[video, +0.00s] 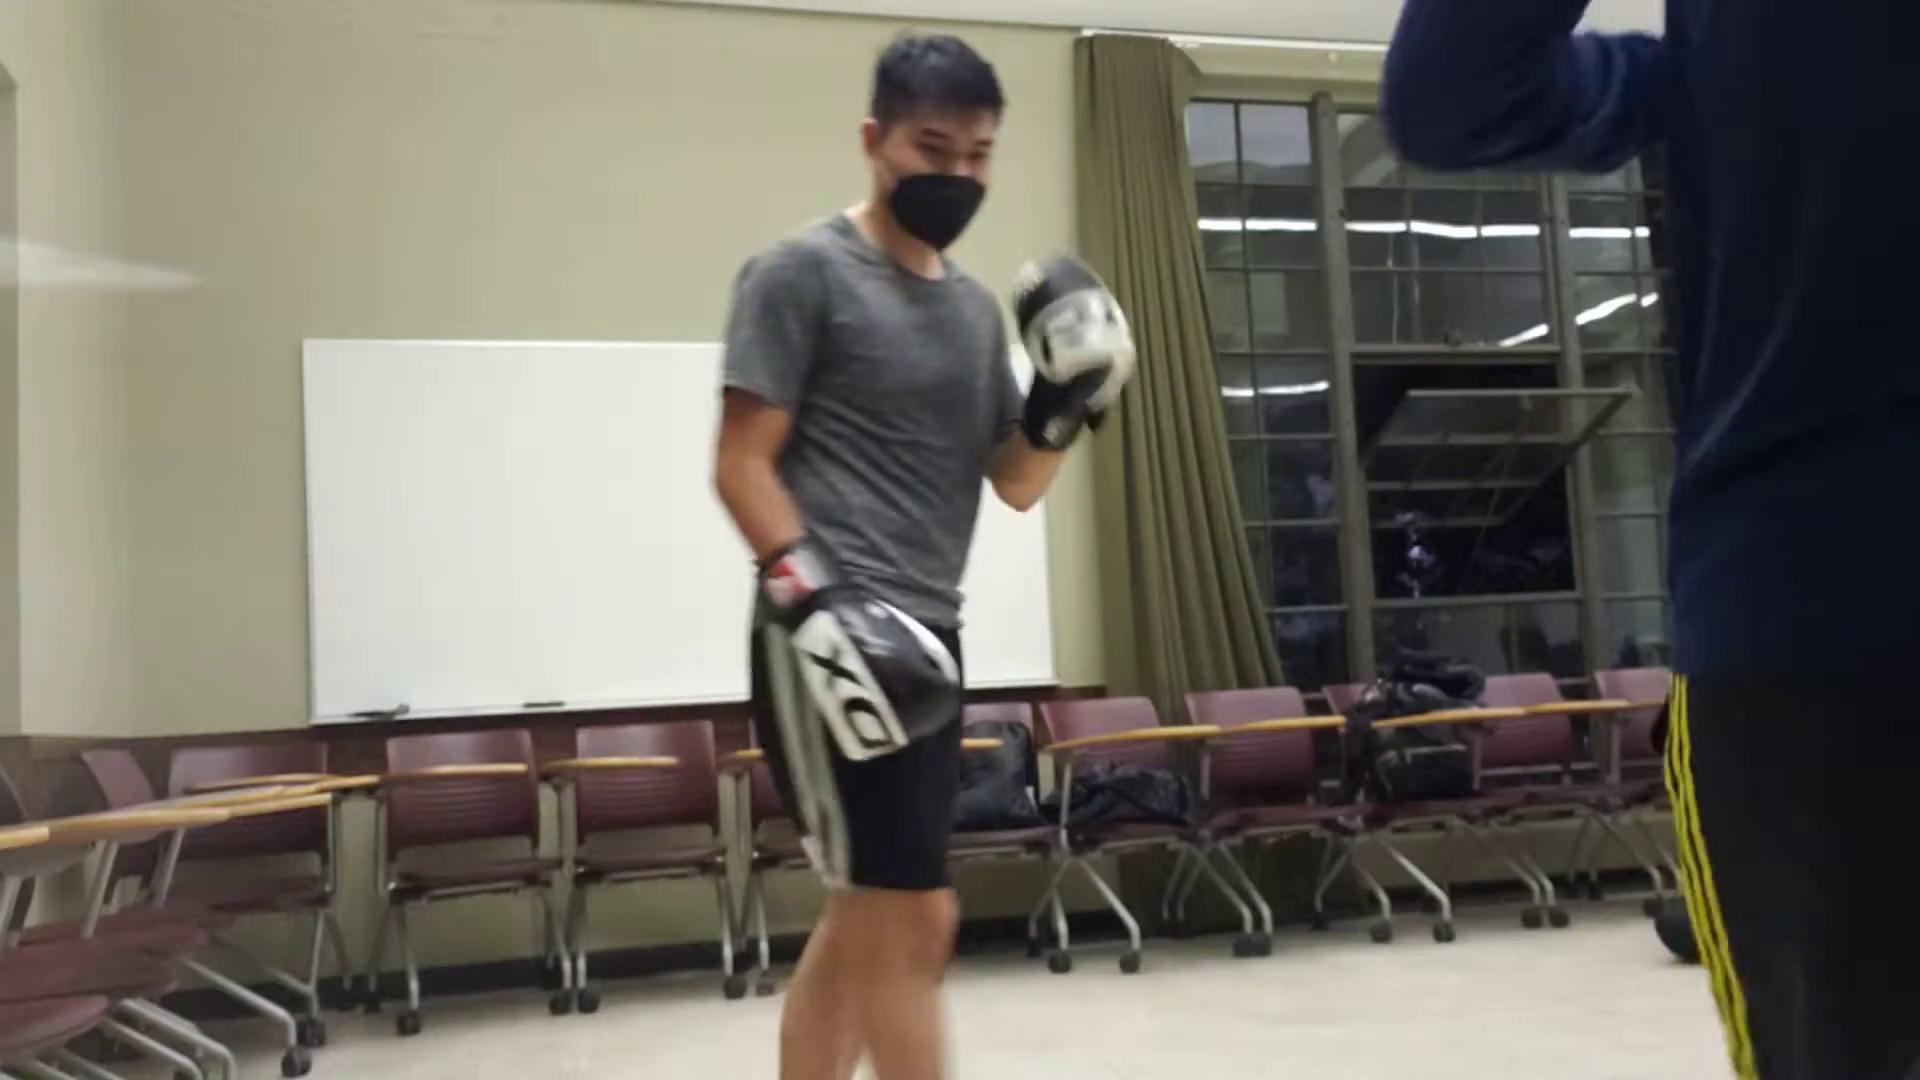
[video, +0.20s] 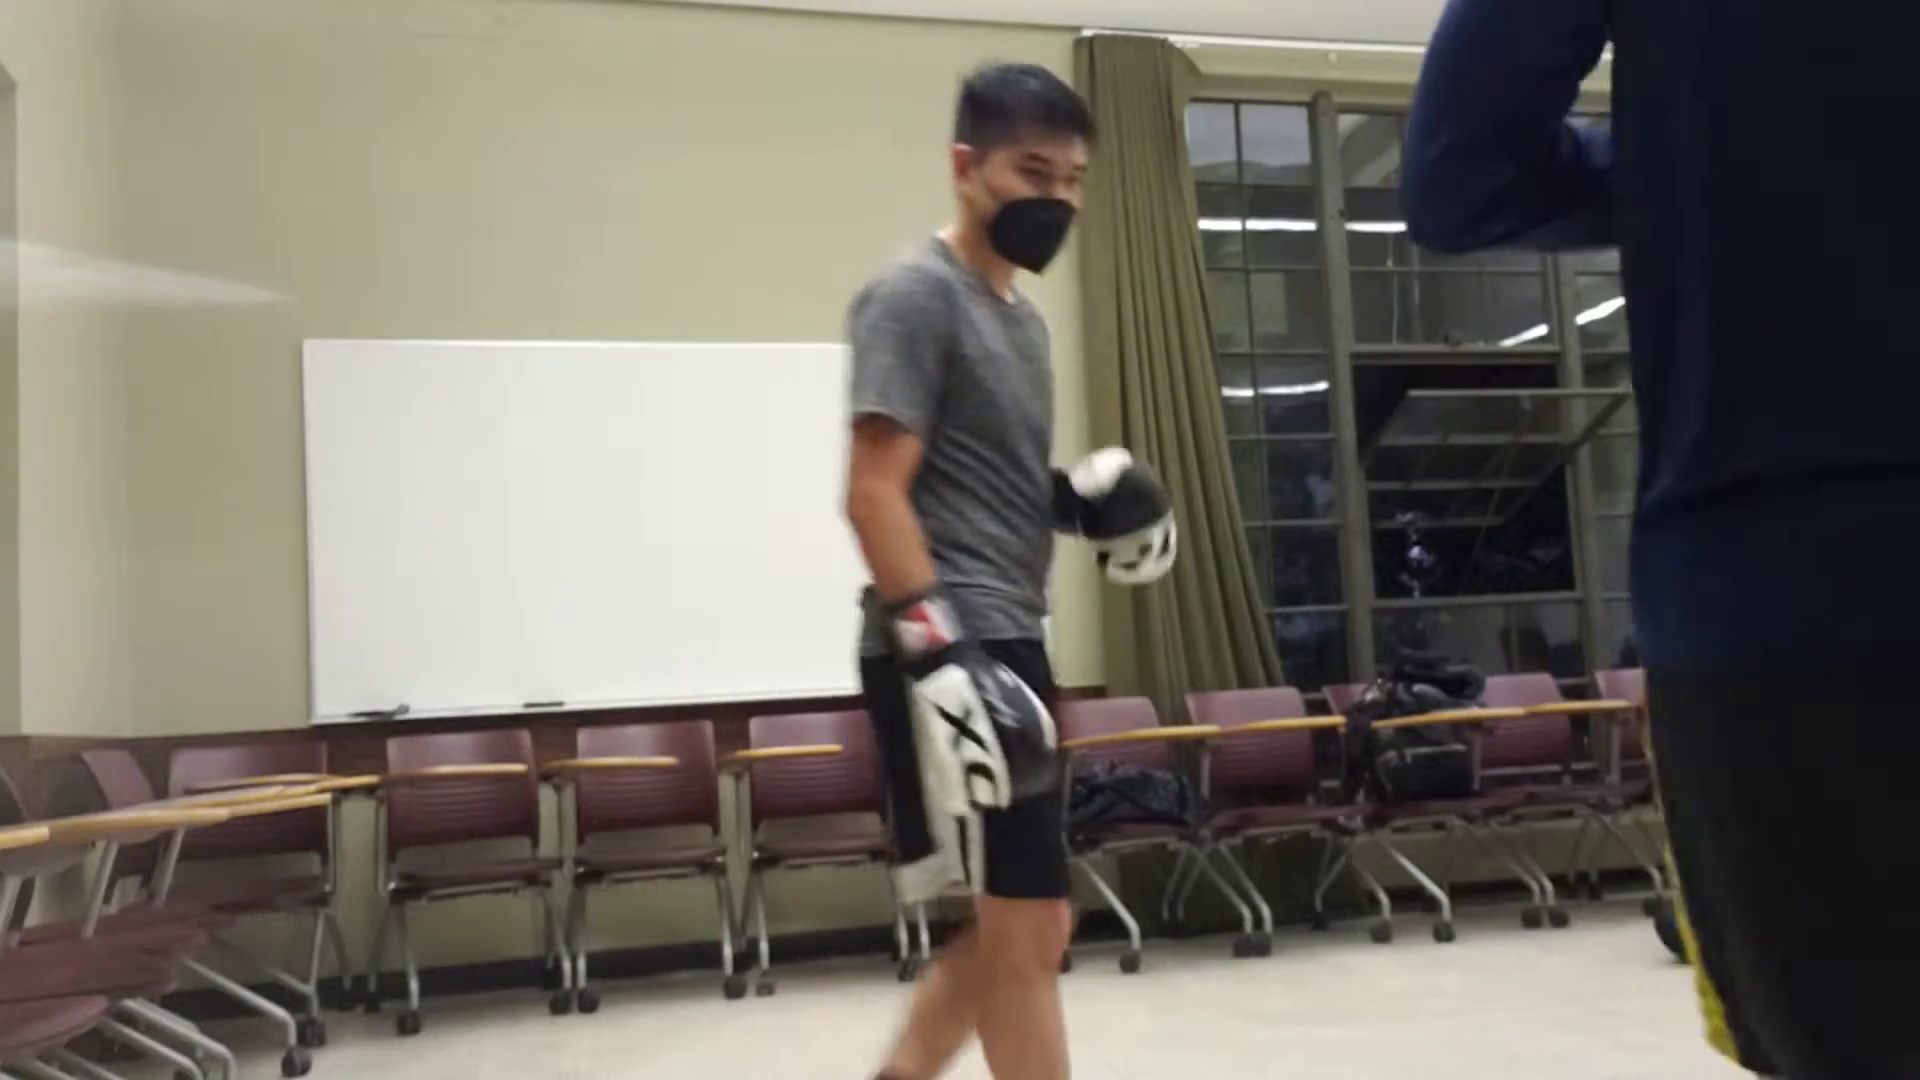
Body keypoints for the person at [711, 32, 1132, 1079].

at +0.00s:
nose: (959, 175)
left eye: (979, 152)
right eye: (933, 148)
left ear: (996, 155)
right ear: (874, 140)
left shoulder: (978, 312)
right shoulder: (801, 274)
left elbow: (1019, 483)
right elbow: (742, 463)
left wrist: (1066, 396)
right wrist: (811, 603)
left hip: (929, 636)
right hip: (835, 627)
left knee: (862, 921)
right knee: (915, 923)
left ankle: (808, 1070)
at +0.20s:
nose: (1056, 196)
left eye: (1072, 176)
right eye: (1032, 169)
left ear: (1084, 181)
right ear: (964, 166)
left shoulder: (1019, 318)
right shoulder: (914, 296)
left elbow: (993, 480)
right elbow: (873, 490)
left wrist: (1076, 501)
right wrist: (938, 656)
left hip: (1016, 644)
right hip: (953, 648)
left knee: (1026, 923)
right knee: (1026, 927)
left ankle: (900, 1070)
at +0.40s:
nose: (1132, 203)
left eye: (1143, 182)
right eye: (1111, 174)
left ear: (1147, 180)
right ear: (1044, 169)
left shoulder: (1053, 295)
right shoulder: (1001, 281)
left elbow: (1028, 466)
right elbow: (971, 471)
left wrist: (1116, 498)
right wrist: (1034, 625)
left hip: (1060, 627)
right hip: (998, 634)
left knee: (1149, 848)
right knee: (1047, 904)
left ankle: (1058, 1061)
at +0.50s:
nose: (1161, 219)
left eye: (1171, 203)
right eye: (1144, 192)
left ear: (1171, 209)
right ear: (1076, 186)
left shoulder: (1090, 321)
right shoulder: (1022, 297)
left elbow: (1057, 492)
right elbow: (970, 472)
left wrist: (1150, 521)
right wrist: (1061, 616)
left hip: (1099, 638)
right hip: (1025, 644)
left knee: (1139, 878)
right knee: (1054, 912)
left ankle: (1145, 1076)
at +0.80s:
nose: (1193, 252)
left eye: (1209, 241)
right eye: (1177, 228)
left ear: (1217, 256)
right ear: (1122, 223)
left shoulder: (1187, 365)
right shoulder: (1037, 328)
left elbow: (1200, 511)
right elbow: (965, 482)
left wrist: (1260, 506)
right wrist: (1033, 591)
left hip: (1147, 647)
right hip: (1051, 641)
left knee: (1154, 885)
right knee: (1083, 878)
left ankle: (1156, 1074)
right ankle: (1057, 1079)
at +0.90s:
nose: (1185, 256)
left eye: (1200, 244)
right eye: (1167, 234)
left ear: (1211, 256)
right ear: (1114, 232)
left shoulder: (1191, 369)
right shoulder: (1035, 339)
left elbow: (1221, 511)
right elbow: (963, 487)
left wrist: (1271, 498)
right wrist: (1031, 583)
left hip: (1149, 646)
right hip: (1051, 642)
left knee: (1157, 881)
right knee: (1083, 880)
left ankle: (1157, 1076)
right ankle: (1033, 1077)